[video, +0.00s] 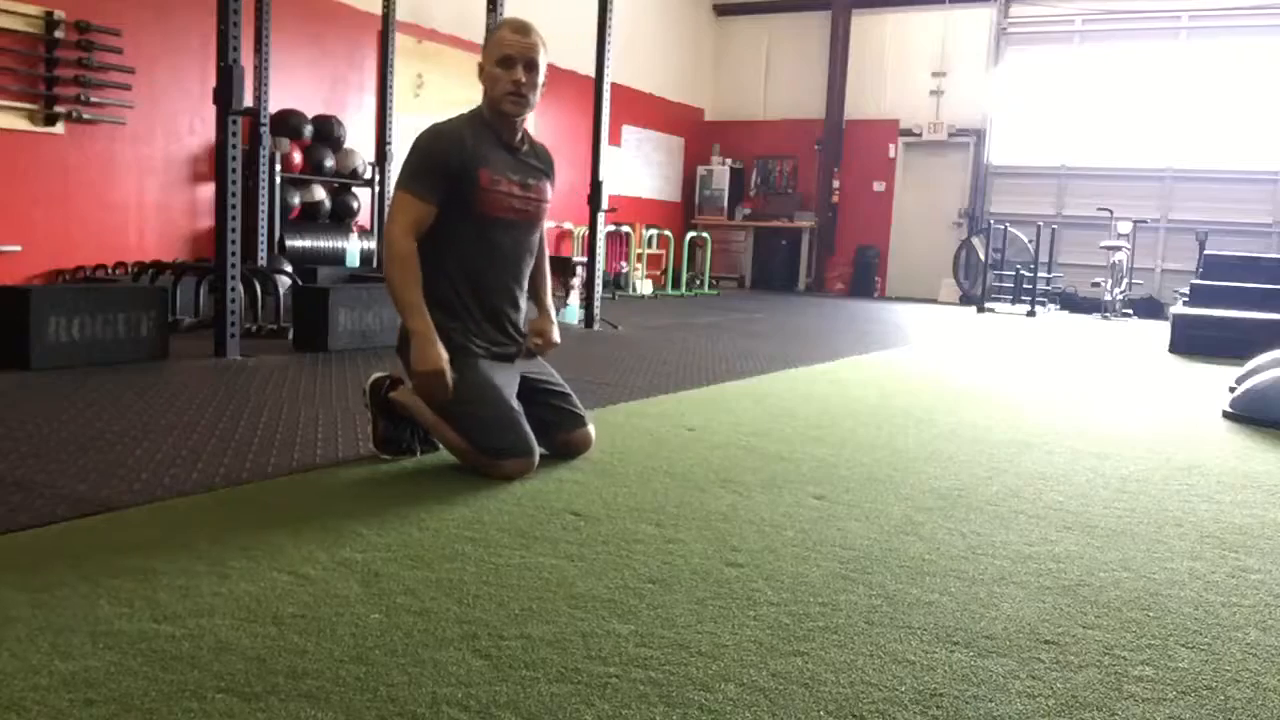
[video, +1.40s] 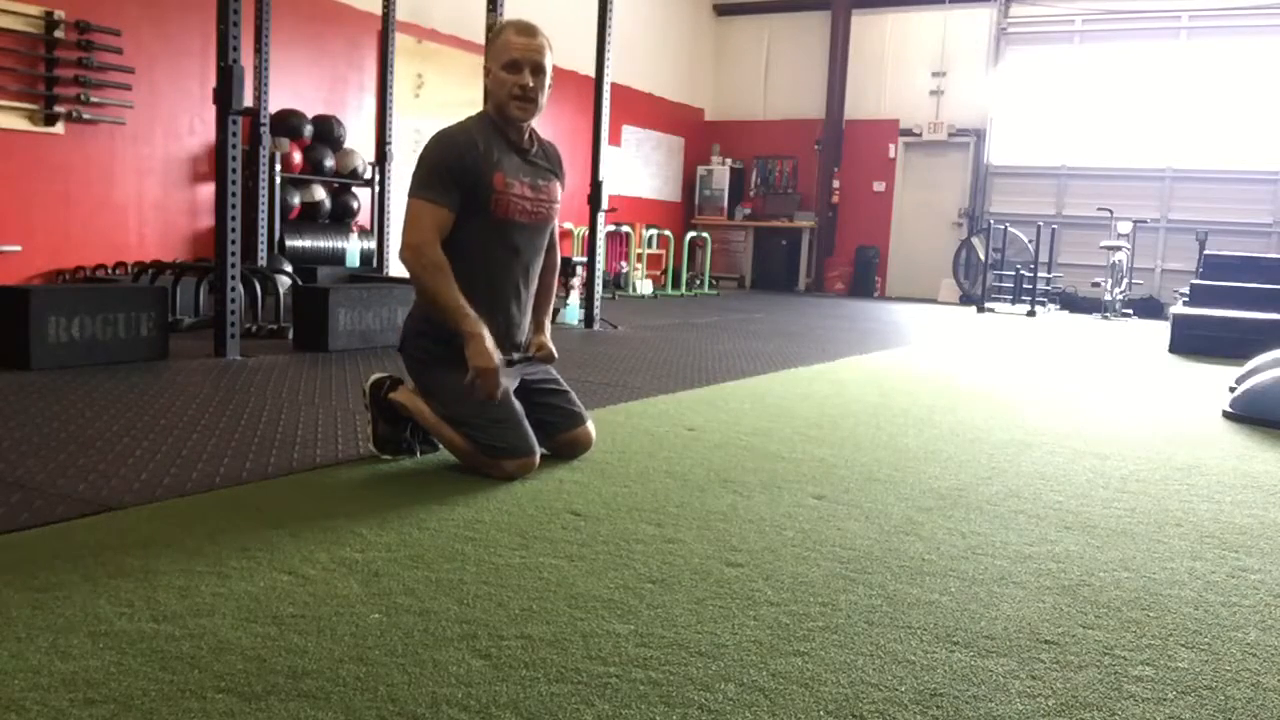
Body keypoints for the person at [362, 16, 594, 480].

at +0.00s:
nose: (520, 77)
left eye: (531, 66)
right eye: (506, 64)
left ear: (542, 76)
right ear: (482, 70)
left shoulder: (540, 159)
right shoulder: (444, 143)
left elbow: (535, 237)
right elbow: (398, 235)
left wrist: (544, 308)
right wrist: (422, 334)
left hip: (512, 342)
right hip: (453, 346)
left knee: (573, 439)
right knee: (513, 463)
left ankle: (443, 411)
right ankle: (398, 399)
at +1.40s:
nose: (526, 82)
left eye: (537, 70)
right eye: (512, 68)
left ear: (550, 80)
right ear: (486, 73)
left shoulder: (548, 157)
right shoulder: (454, 147)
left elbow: (548, 247)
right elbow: (418, 247)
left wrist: (541, 328)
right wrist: (474, 330)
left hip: (516, 343)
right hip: (449, 347)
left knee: (574, 439)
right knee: (515, 463)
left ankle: (444, 411)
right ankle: (400, 400)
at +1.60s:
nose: (523, 84)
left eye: (535, 73)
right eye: (509, 70)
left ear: (548, 81)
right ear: (485, 73)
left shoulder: (548, 158)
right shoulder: (454, 148)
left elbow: (552, 246)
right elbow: (432, 251)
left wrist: (543, 321)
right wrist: (523, 301)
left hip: (514, 343)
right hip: (450, 346)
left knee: (574, 439)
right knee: (515, 462)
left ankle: (444, 413)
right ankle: (399, 399)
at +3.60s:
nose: (572, 95)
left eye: (577, 83)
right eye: (558, 80)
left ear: (582, 87)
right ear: (518, 75)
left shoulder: (566, 172)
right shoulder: (473, 156)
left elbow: (562, 257)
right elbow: (441, 265)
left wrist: (564, 333)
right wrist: (490, 354)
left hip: (509, 341)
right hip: (447, 344)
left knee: (574, 439)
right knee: (515, 463)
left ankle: (446, 410)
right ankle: (399, 399)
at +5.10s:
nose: (531, 79)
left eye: (536, 68)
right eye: (517, 64)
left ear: (540, 77)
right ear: (478, 71)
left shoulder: (537, 163)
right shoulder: (454, 151)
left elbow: (545, 257)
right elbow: (452, 253)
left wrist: (569, 343)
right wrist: (539, 302)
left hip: (506, 345)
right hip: (446, 347)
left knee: (574, 440)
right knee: (514, 462)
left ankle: (444, 411)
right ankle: (399, 400)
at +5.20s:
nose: (529, 79)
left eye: (532, 68)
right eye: (515, 65)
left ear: (535, 75)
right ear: (474, 71)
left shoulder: (531, 162)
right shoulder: (451, 150)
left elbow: (541, 261)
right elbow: (464, 253)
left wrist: (575, 337)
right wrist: (562, 252)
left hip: (507, 346)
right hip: (446, 349)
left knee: (575, 440)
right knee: (514, 463)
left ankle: (447, 406)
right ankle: (399, 399)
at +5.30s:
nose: (528, 78)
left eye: (531, 66)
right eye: (513, 65)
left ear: (534, 73)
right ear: (472, 71)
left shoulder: (528, 162)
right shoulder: (450, 150)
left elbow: (540, 252)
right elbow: (481, 246)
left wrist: (583, 304)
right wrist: (568, 198)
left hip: (508, 347)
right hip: (447, 349)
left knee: (573, 439)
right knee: (514, 463)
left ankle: (443, 410)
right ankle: (398, 399)